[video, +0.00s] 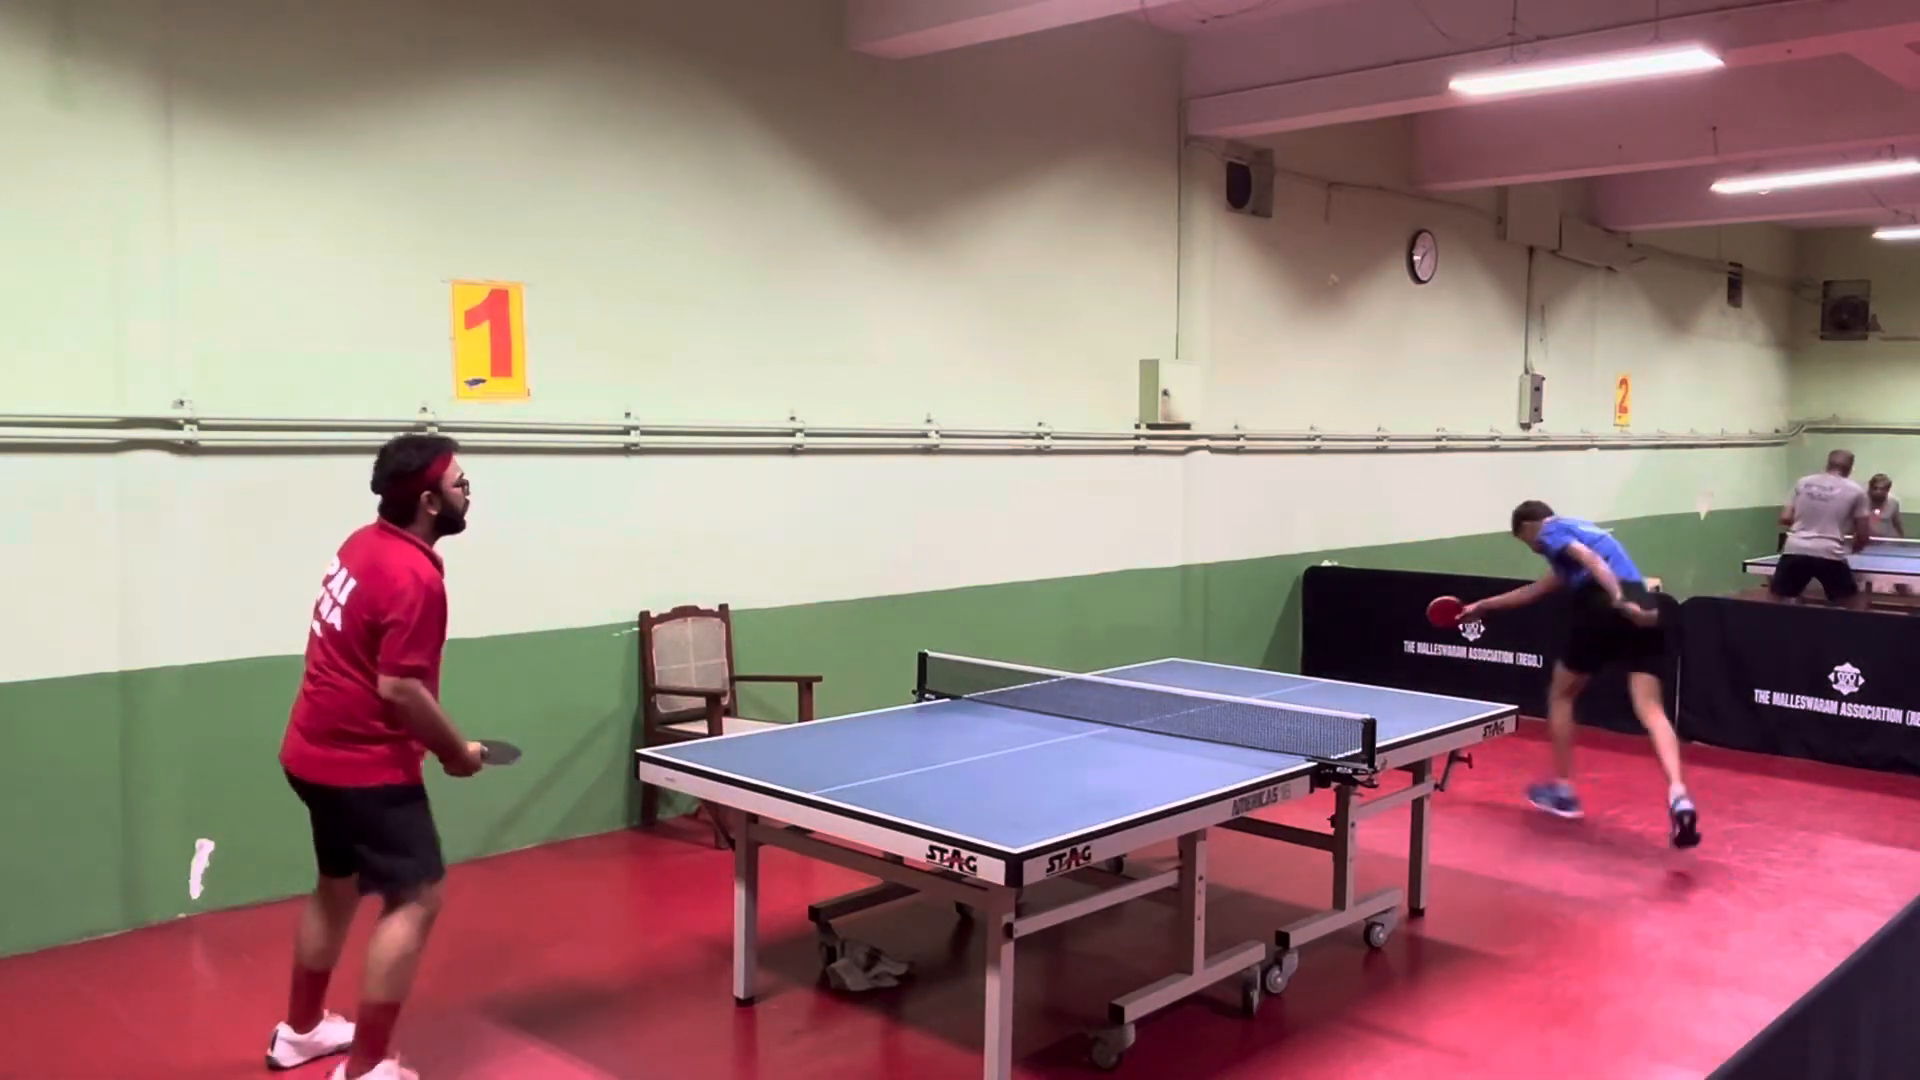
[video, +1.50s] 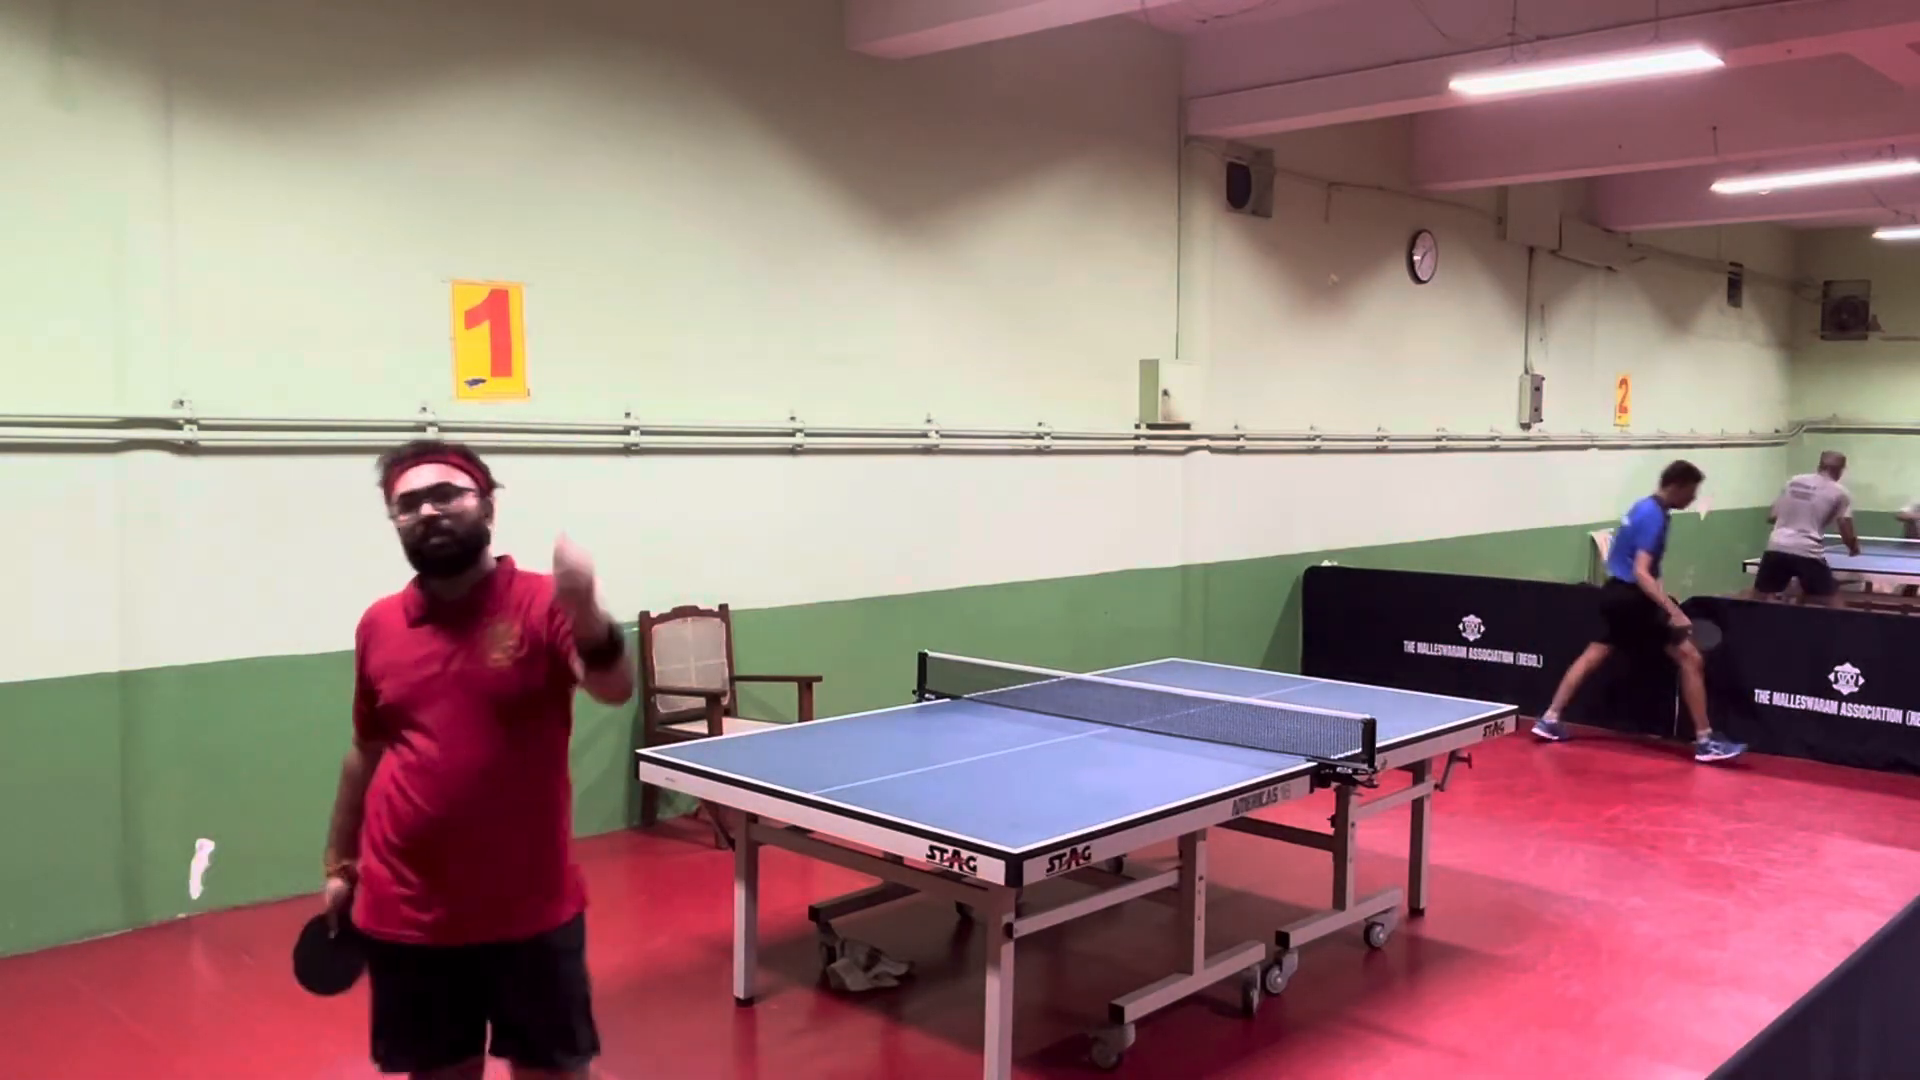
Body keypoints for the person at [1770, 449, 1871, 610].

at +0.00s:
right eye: (1851, 467)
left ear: (1827, 465)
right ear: (1849, 469)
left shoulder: (1803, 483)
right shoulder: (1856, 491)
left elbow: (1786, 518)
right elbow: (1862, 536)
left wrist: (1806, 523)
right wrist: (1853, 548)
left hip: (1795, 553)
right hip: (1829, 556)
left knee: (1775, 602)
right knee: (1851, 607)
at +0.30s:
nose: (1848, 476)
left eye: (1848, 473)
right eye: (1848, 473)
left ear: (1824, 468)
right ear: (1845, 473)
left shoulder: (1798, 484)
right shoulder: (1850, 491)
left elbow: (1784, 520)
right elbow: (1860, 531)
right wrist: (1858, 548)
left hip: (1794, 555)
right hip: (1829, 557)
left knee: (1772, 603)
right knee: (1852, 608)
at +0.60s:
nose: (1846, 484)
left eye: (1848, 482)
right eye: (1847, 481)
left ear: (1824, 467)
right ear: (1845, 477)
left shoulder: (1792, 480)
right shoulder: (1840, 487)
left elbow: (1775, 519)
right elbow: (1844, 530)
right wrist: (1864, 549)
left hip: (1782, 551)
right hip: (1816, 553)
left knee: (1766, 604)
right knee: (1842, 605)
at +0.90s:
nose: (1868, 479)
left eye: (1869, 475)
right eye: (1869, 475)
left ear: (1846, 467)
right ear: (1865, 476)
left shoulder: (1816, 477)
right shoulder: (1864, 500)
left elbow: (1792, 508)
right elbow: (1846, 524)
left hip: (1794, 547)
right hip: (1828, 553)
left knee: (1772, 597)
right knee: (1846, 605)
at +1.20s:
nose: (1867, 477)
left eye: (1867, 474)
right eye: (1867, 474)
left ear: (1844, 469)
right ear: (1865, 475)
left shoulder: (1817, 482)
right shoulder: (1866, 497)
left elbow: (1798, 512)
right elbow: (1868, 538)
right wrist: (1864, 549)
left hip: (1797, 550)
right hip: (1831, 555)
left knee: (1775, 599)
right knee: (1851, 606)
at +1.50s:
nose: (1842, 474)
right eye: (1841, 470)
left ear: (1819, 466)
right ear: (1839, 470)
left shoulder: (1795, 481)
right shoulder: (1840, 493)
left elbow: (1772, 516)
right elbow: (1847, 534)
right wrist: (1854, 548)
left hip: (1776, 552)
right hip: (1808, 557)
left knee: (1758, 601)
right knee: (1834, 605)